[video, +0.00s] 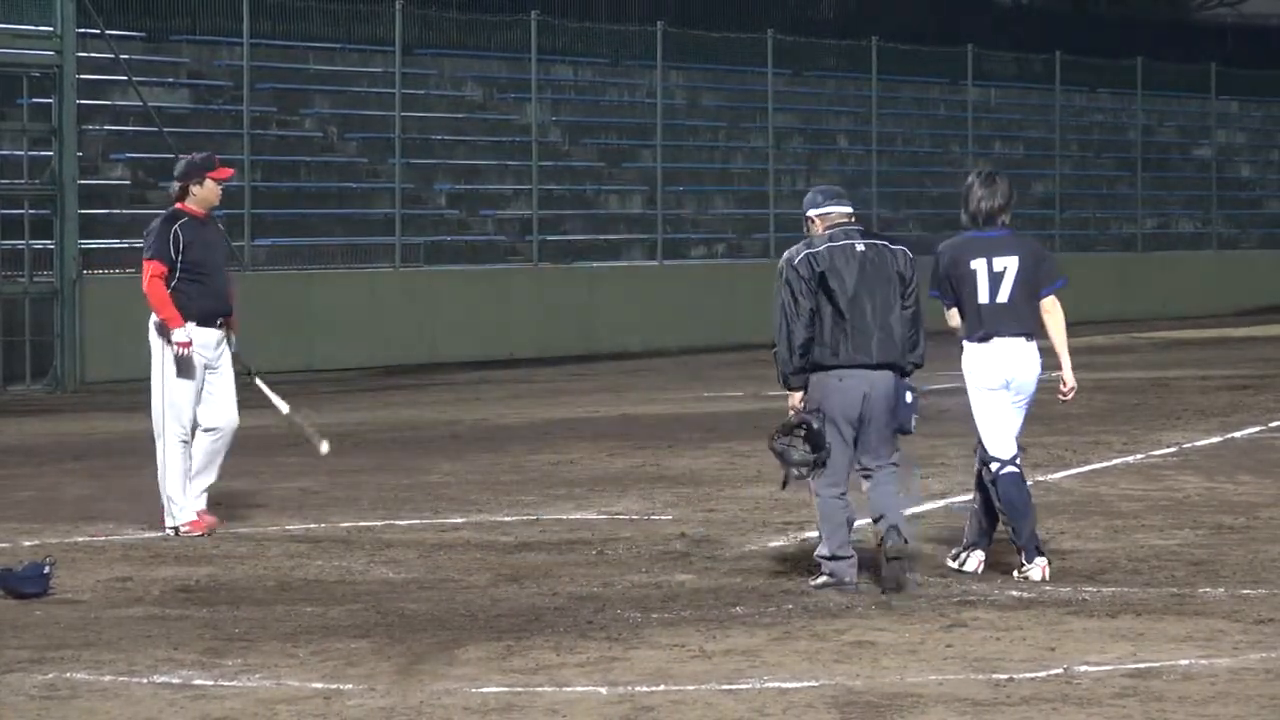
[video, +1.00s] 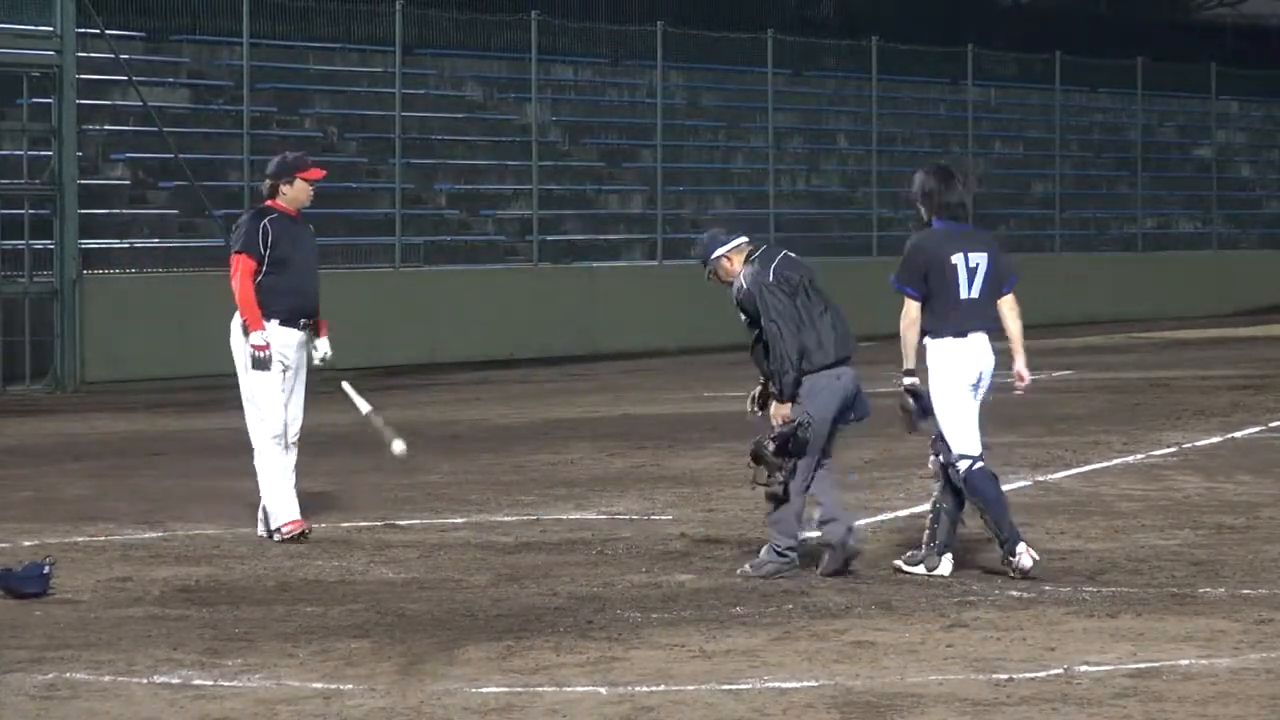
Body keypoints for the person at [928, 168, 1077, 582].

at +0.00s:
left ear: (967, 205)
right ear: (1008, 206)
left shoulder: (950, 252)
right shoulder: (1030, 249)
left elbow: (953, 320)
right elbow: (1051, 308)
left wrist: (985, 316)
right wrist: (1066, 365)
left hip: (980, 356)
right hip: (1025, 354)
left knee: (1002, 457)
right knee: (994, 452)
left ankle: (1032, 555)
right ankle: (975, 547)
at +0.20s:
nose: (1019, 211)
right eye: (1017, 204)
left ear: (974, 207)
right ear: (1014, 208)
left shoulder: (955, 252)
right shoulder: (1037, 248)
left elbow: (962, 321)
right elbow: (1058, 309)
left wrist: (987, 345)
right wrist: (1078, 366)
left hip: (982, 358)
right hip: (1028, 356)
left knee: (1003, 458)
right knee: (998, 451)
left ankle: (1033, 555)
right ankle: (978, 546)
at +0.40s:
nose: (1017, 211)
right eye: (1016, 205)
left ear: (974, 206)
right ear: (1014, 208)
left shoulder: (955, 250)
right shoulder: (1036, 247)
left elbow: (958, 321)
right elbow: (1060, 307)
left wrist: (990, 341)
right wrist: (1083, 364)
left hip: (979, 357)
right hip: (1024, 356)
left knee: (999, 459)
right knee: (996, 452)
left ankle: (1031, 557)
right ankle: (978, 548)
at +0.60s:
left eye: (968, 197)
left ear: (968, 202)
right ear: (1008, 204)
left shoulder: (950, 249)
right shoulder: (1030, 246)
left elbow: (946, 320)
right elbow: (1053, 306)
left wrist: (967, 338)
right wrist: (1073, 362)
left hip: (977, 358)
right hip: (1021, 355)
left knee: (995, 458)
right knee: (987, 450)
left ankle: (1026, 555)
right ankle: (974, 546)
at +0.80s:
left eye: (947, 199)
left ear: (946, 205)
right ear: (984, 203)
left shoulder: (933, 252)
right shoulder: (1010, 241)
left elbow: (927, 324)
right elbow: (1037, 302)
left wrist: (944, 365)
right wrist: (1057, 355)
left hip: (967, 358)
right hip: (1011, 355)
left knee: (989, 456)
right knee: (966, 450)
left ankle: (1026, 555)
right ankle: (943, 546)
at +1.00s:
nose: (916, 205)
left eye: (918, 198)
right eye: (918, 198)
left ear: (926, 203)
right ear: (961, 199)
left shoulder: (922, 246)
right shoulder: (988, 243)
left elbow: (911, 313)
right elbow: (1008, 305)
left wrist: (908, 369)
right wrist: (1019, 356)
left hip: (944, 355)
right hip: (982, 352)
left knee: (965, 456)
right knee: (952, 452)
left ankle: (1015, 546)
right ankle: (936, 550)